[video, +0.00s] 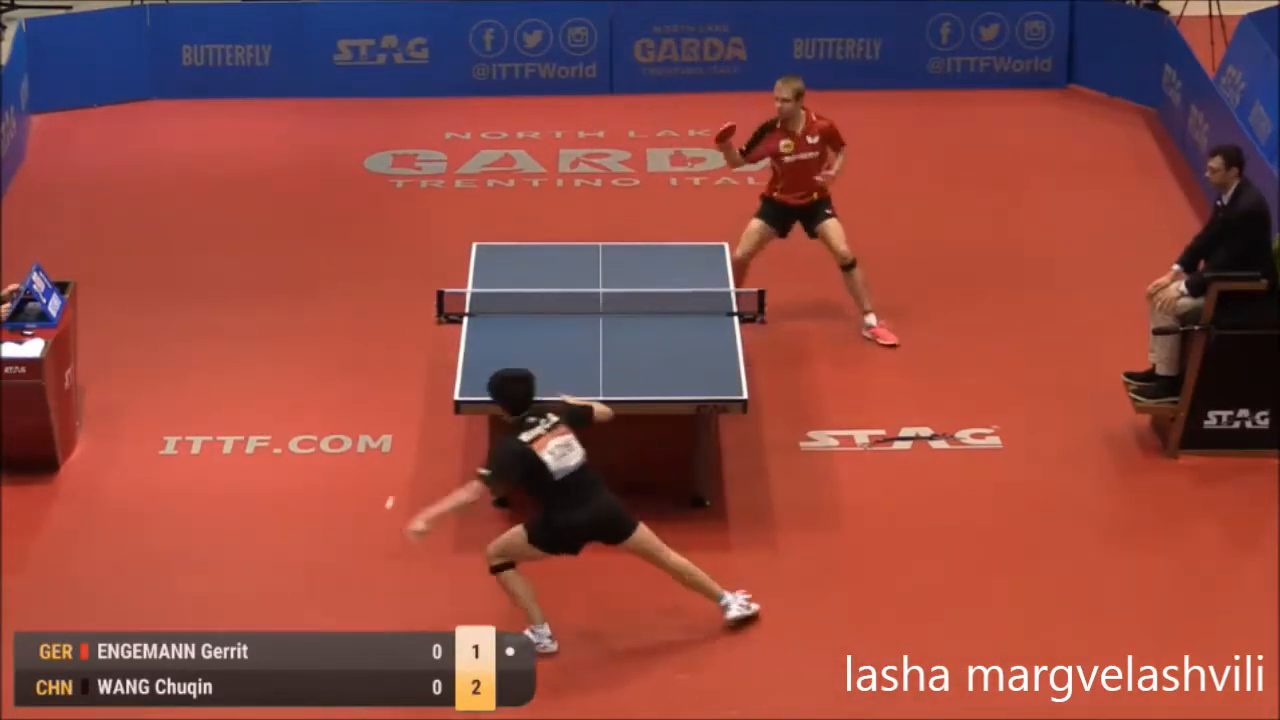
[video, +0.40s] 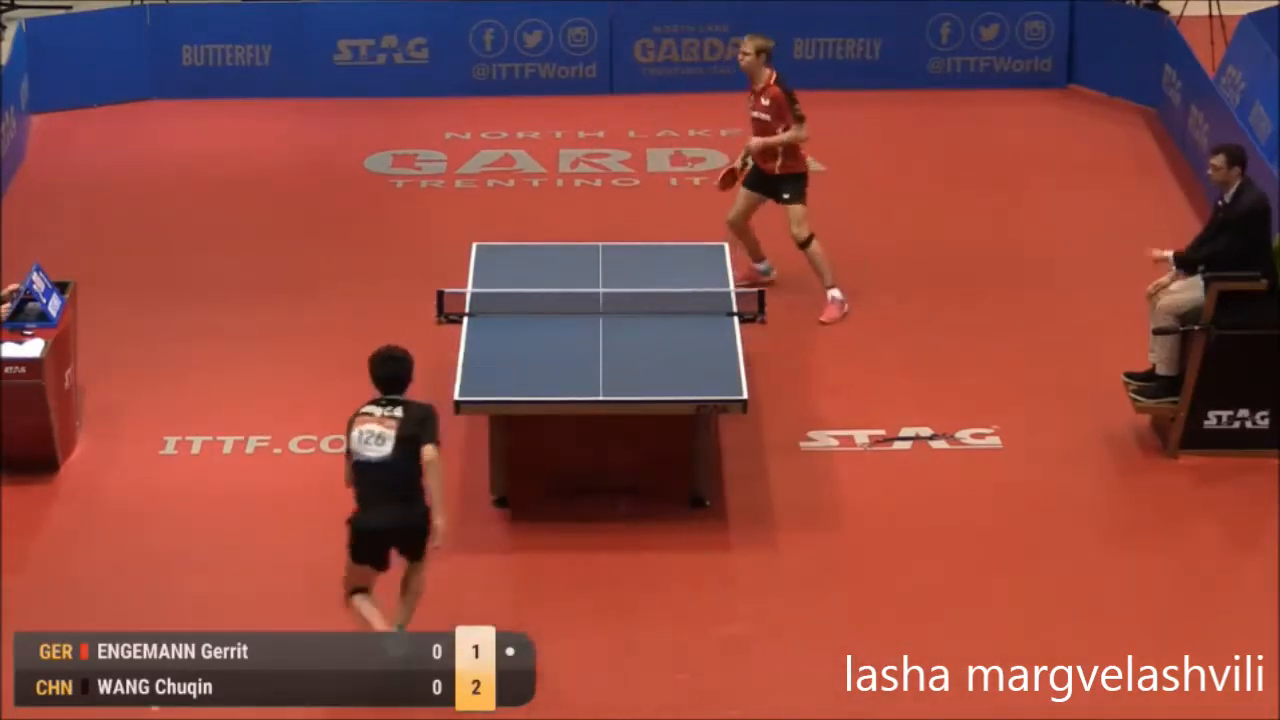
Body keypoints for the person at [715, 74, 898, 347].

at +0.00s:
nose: (778, 106)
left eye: (783, 101)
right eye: (776, 100)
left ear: (799, 102)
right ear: (774, 101)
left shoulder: (823, 127)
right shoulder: (770, 130)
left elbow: (841, 149)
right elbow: (738, 161)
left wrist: (834, 171)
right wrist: (727, 146)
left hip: (815, 201)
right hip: (778, 202)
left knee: (845, 255)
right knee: (740, 257)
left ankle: (870, 320)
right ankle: (727, 310)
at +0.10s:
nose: (765, 91)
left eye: (771, 86)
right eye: (764, 85)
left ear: (787, 87)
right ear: (763, 86)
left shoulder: (812, 113)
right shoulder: (761, 115)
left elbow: (836, 139)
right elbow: (745, 149)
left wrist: (813, 159)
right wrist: (729, 153)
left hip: (809, 187)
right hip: (772, 186)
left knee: (836, 246)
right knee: (734, 237)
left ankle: (862, 310)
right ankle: (727, 296)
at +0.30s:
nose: (751, 68)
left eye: (757, 63)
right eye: (750, 63)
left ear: (772, 64)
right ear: (751, 65)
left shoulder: (797, 94)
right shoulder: (758, 96)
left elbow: (819, 132)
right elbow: (762, 134)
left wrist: (782, 145)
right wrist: (741, 160)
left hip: (803, 173)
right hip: (772, 170)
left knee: (808, 239)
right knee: (736, 220)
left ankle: (837, 296)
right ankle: (740, 273)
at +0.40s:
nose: (740, 58)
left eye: (745, 54)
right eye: (740, 53)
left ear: (762, 58)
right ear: (747, 58)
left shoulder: (780, 91)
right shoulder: (754, 91)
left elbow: (801, 132)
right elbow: (761, 131)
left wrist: (763, 143)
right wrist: (744, 159)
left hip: (791, 171)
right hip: (763, 169)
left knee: (800, 233)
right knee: (736, 221)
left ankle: (834, 295)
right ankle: (762, 269)